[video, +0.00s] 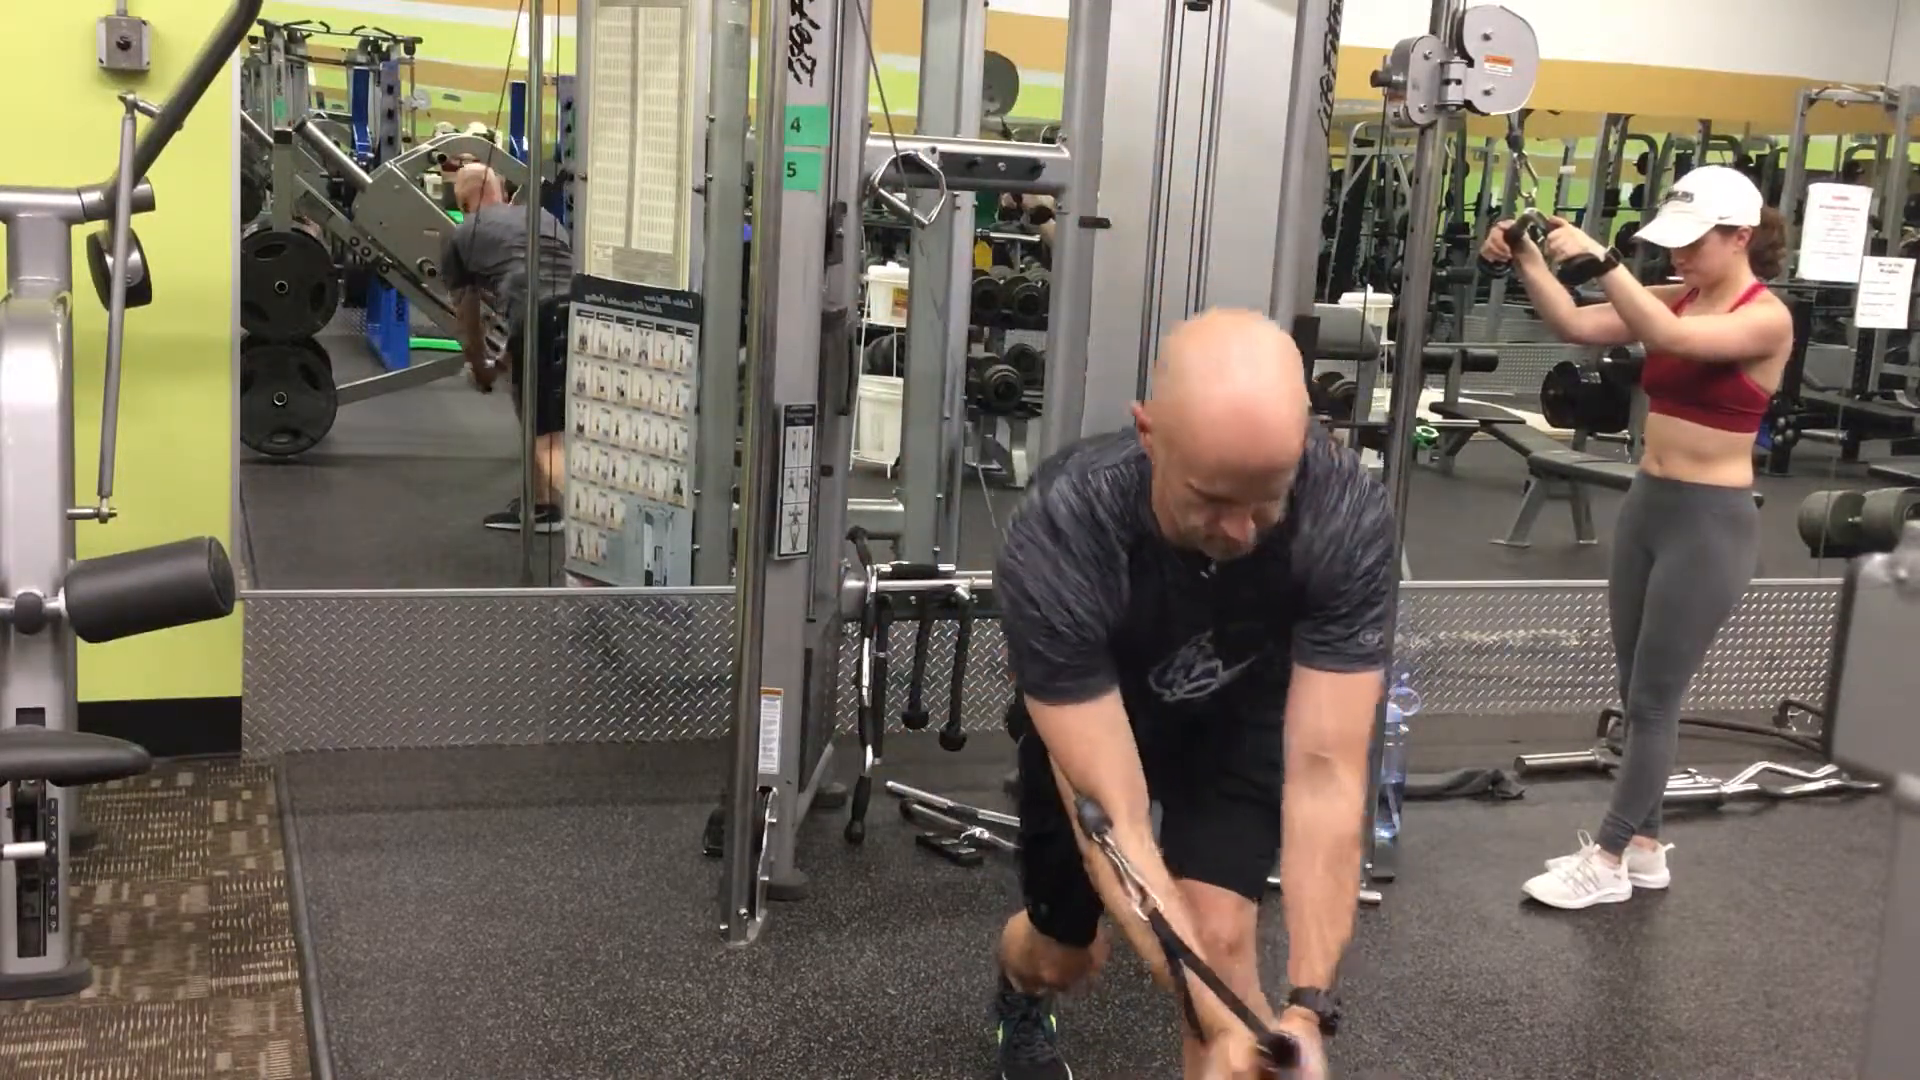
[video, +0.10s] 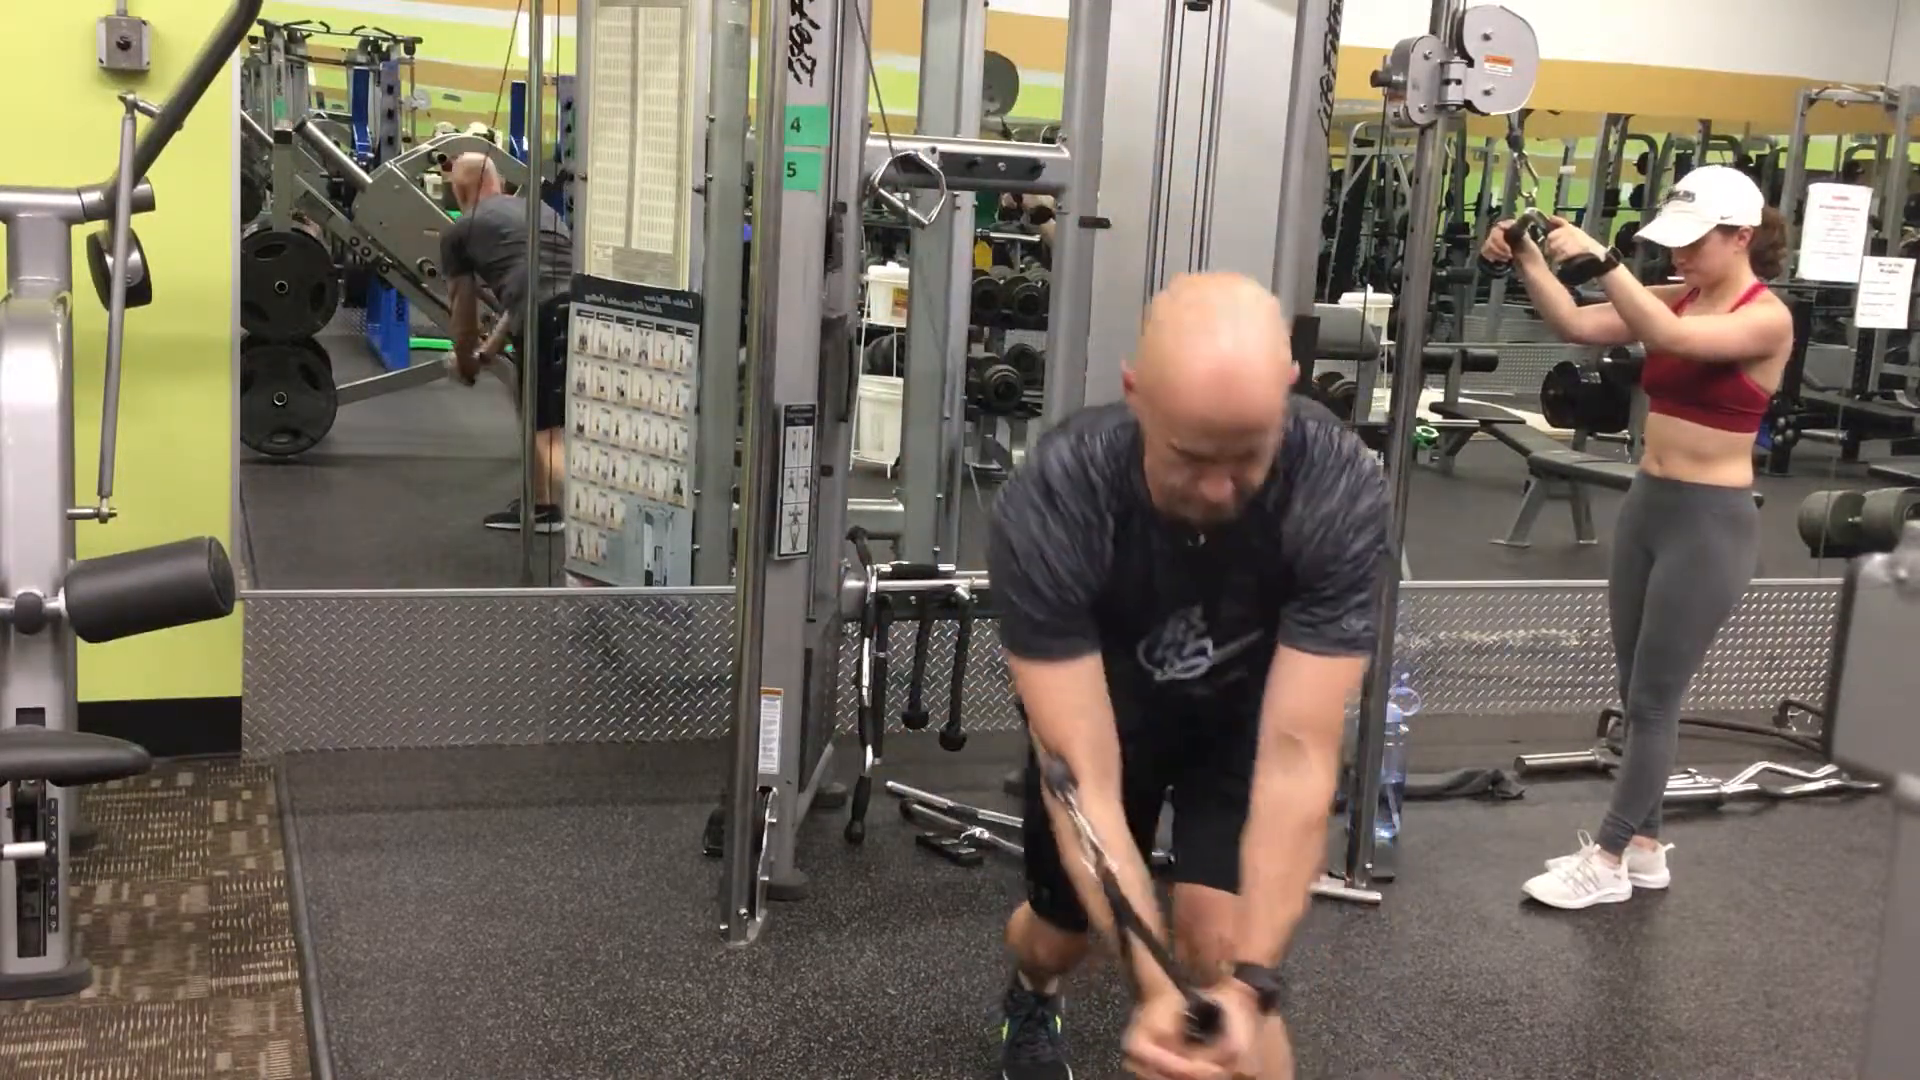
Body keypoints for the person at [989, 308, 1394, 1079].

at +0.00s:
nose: (1241, 530)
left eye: (1267, 499)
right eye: (1210, 500)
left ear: (1298, 444)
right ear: (1146, 434)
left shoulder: (1346, 518)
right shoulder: (1058, 535)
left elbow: (1328, 770)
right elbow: (1109, 821)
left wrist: (1310, 1004)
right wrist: (1222, 1022)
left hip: (1235, 721)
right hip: (1090, 707)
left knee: (1219, 940)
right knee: (1067, 960)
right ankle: (1020, 992)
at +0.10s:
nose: (1222, 489)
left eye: (1248, 455)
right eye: (1191, 459)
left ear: (1287, 384)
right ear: (1132, 393)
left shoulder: (1340, 495)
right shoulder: (1052, 500)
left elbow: (1300, 753)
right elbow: (1079, 780)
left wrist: (1253, 979)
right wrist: (1156, 987)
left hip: (1241, 732)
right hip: (1105, 723)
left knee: (1221, 953)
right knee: (1058, 944)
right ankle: (1033, 997)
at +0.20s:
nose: (1194, 449)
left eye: (1226, 420)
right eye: (1166, 414)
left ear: (1279, 356)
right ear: (1121, 351)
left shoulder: (1334, 475)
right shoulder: (1046, 466)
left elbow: (1269, 734)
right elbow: (1051, 738)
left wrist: (1187, 945)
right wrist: (1087, 931)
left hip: (1251, 715)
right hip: (1109, 705)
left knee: (1230, 960)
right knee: (1054, 923)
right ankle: (1044, 995)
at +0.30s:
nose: (1167, 406)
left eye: (1202, 378)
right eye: (1142, 370)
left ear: (1261, 333)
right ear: (1108, 316)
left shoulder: (1322, 453)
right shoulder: (1033, 436)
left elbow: (1236, 707)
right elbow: (1023, 696)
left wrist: (1124, 907)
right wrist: (1035, 888)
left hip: (1267, 694)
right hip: (1107, 686)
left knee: (1222, 947)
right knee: (1054, 900)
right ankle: (1061, 1004)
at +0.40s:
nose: (1139, 370)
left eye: (1173, 343)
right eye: (1117, 336)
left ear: (1242, 305)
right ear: (1092, 295)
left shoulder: (1304, 426)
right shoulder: (1023, 411)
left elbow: (1207, 681)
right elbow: (999, 655)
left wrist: (1076, 865)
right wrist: (998, 834)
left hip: (1265, 683)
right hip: (1099, 671)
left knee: (1221, 954)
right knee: (1068, 880)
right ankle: (1089, 1007)